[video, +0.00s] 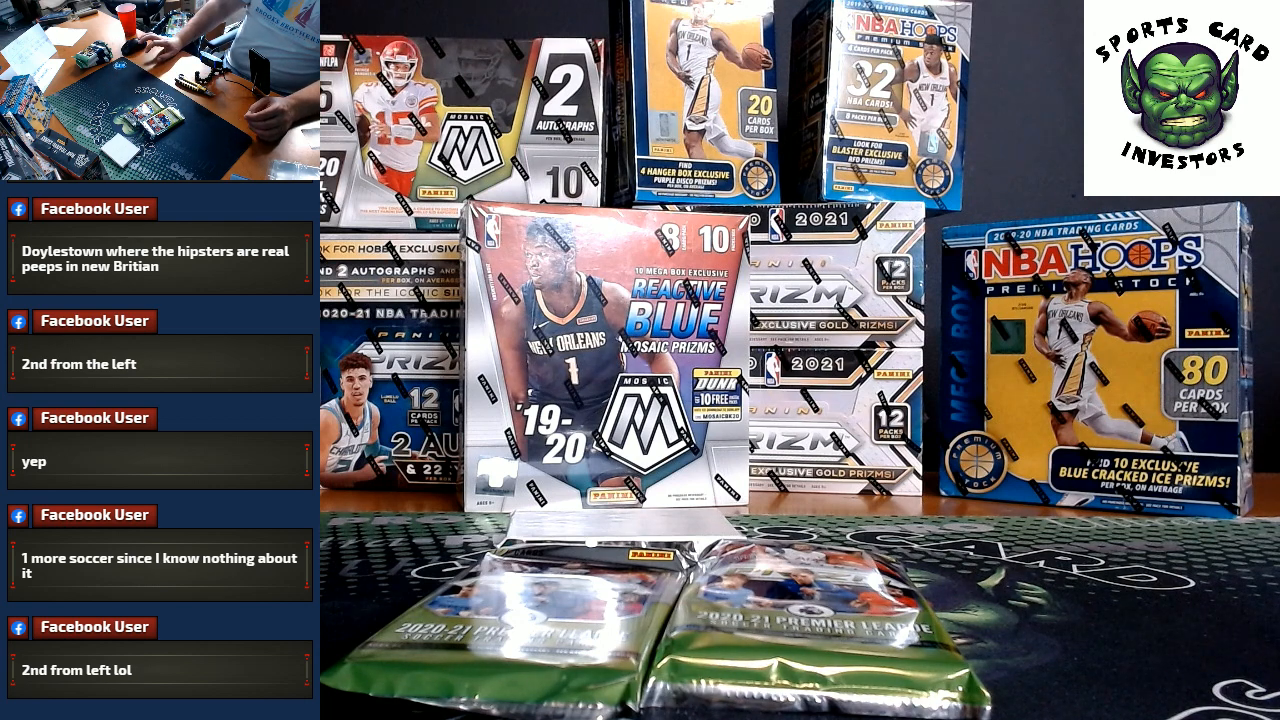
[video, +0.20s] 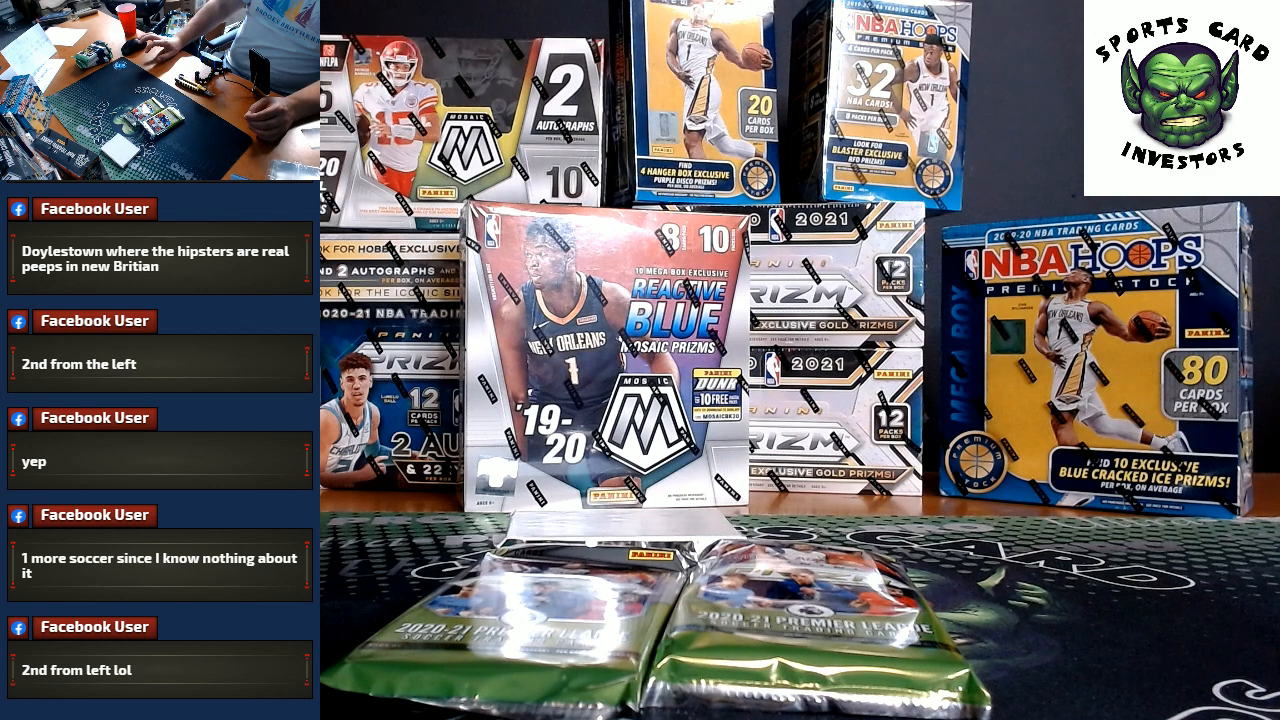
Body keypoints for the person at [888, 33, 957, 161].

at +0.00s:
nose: (928, 52)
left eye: (933, 49)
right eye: (926, 48)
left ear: (941, 52)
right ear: (923, 49)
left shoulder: (949, 71)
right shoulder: (913, 69)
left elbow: (955, 93)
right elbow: (886, 83)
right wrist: (900, 111)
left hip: (940, 117)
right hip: (918, 119)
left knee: (939, 155)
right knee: (923, 155)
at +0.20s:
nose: (929, 52)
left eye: (933, 49)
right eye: (926, 48)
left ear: (941, 52)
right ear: (923, 49)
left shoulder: (949, 70)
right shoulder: (913, 69)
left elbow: (955, 92)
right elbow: (886, 83)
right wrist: (900, 111)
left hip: (940, 116)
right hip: (918, 118)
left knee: (940, 154)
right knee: (923, 155)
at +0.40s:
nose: (929, 52)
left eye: (933, 49)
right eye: (926, 48)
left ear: (941, 52)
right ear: (923, 49)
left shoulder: (949, 70)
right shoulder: (913, 69)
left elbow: (955, 92)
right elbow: (886, 83)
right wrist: (900, 111)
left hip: (940, 116)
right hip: (918, 118)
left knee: (940, 154)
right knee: (923, 155)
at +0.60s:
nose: (929, 52)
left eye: (933, 49)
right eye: (926, 48)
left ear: (941, 52)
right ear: (923, 49)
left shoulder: (949, 70)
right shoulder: (913, 69)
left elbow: (955, 92)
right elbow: (886, 83)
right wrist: (900, 111)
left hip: (940, 116)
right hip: (918, 118)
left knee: (940, 154)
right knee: (923, 155)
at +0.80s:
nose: (928, 53)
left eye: (933, 49)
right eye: (926, 48)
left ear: (941, 52)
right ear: (923, 49)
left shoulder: (950, 71)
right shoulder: (913, 69)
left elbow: (955, 94)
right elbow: (886, 83)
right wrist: (900, 111)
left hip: (940, 117)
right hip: (918, 119)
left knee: (939, 154)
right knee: (923, 155)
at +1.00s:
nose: (928, 52)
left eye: (933, 49)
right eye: (926, 48)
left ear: (941, 52)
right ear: (923, 49)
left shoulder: (950, 71)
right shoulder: (913, 69)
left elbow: (955, 94)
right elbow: (886, 83)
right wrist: (900, 111)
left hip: (940, 116)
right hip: (918, 117)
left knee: (939, 153)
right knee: (923, 154)